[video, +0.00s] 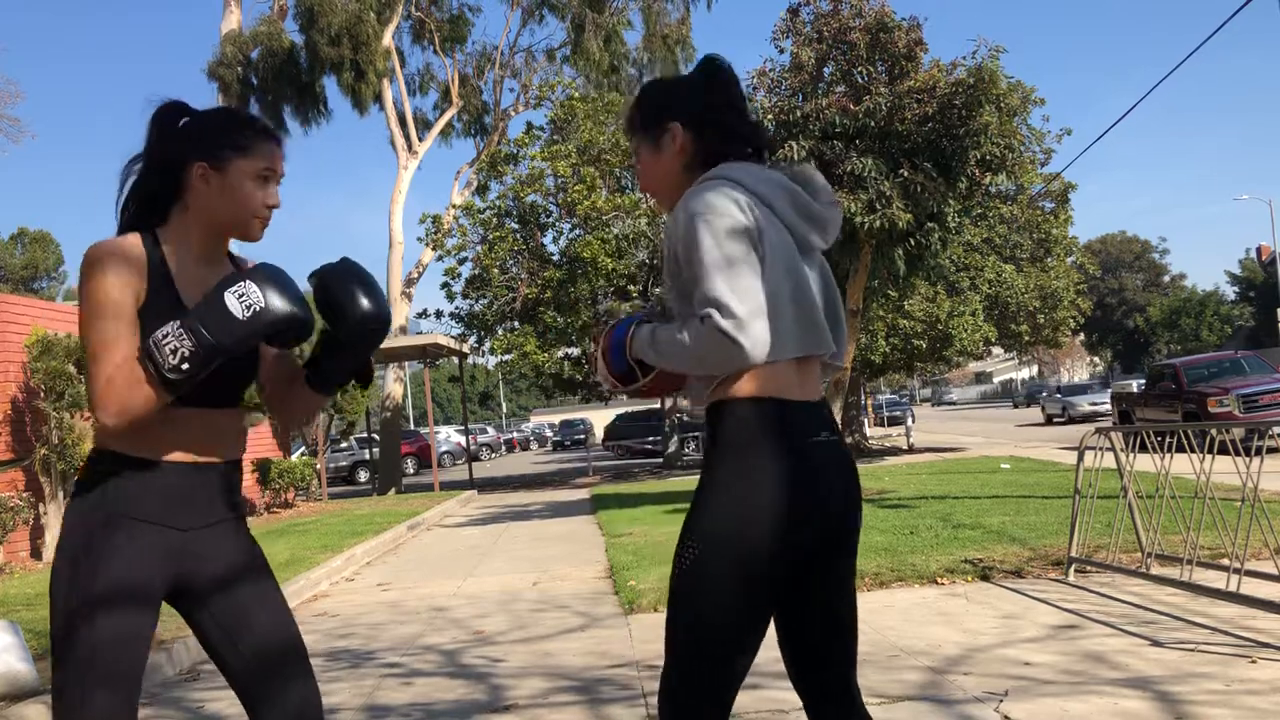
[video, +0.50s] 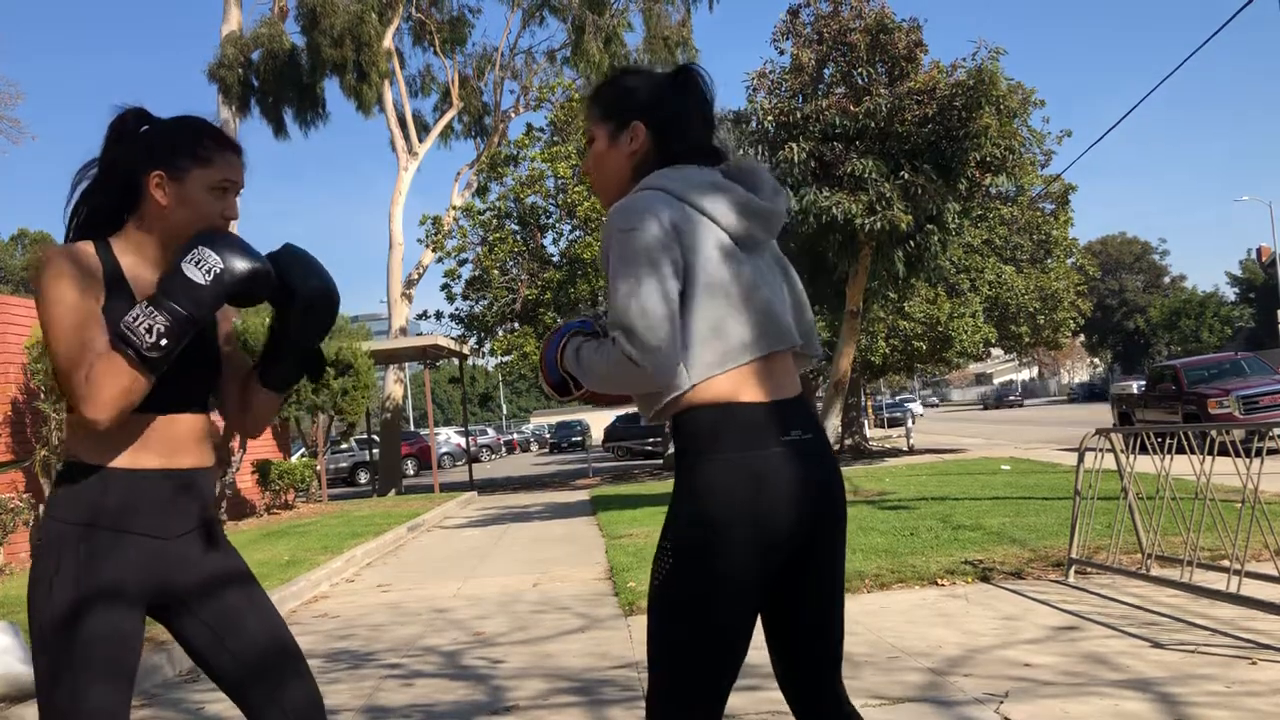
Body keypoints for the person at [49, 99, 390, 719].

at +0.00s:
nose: (276, 200)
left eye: (277, 183)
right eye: (265, 179)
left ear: (211, 179)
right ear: (204, 176)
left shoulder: (248, 284)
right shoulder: (118, 261)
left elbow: (288, 413)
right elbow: (114, 412)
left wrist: (337, 359)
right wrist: (208, 333)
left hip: (218, 521)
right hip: (119, 519)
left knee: (296, 706)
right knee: (94, 710)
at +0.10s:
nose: (254, 206)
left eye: (256, 191)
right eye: (243, 187)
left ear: (188, 182)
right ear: (182, 179)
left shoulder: (222, 290)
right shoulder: (93, 260)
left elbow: (257, 419)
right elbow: (94, 404)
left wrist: (312, 370)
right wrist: (195, 323)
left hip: (199, 525)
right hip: (100, 524)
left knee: (285, 707)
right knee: (82, 710)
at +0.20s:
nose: (238, 208)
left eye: (240, 192)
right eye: (227, 189)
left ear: (172, 186)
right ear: (167, 183)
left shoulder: (202, 291)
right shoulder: (72, 261)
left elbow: (220, 428)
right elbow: (82, 402)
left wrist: (286, 373)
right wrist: (185, 318)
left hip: (189, 530)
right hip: (86, 530)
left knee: (282, 707)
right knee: (76, 711)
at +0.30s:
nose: (230, 205)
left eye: (232, 190)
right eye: (219, 186)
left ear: (165, 184)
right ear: (159, 182)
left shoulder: (192, 291)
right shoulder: (66, 259)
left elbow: (215, 427)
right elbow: (79, 401)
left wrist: (283, 363)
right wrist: (178, 312)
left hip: (181, 530)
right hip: (80, 531)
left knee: (289, 702)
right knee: (77, 711)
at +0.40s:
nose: (230, 205)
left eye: (231, 189)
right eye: (218, 187)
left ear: (164, 186)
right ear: (157, 184)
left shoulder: (196, 290)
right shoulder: (66, 260)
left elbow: (222, 424)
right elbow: (85, 401)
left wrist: (285, 355)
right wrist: (178, 308)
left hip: (184, 533)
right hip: (83, 532)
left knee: (292, 703)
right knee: (77, 710)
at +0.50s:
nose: (234, 212)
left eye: (237, 194)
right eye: (222, 191)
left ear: (168, 190)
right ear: (161, 188)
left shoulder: (207, 294)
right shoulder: (73, 265)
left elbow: (247, 416)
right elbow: (98, 401)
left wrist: (296, 336)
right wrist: (185, 299)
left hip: (195, 532)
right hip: (95, 531)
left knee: (296, 705)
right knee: (85, 710)